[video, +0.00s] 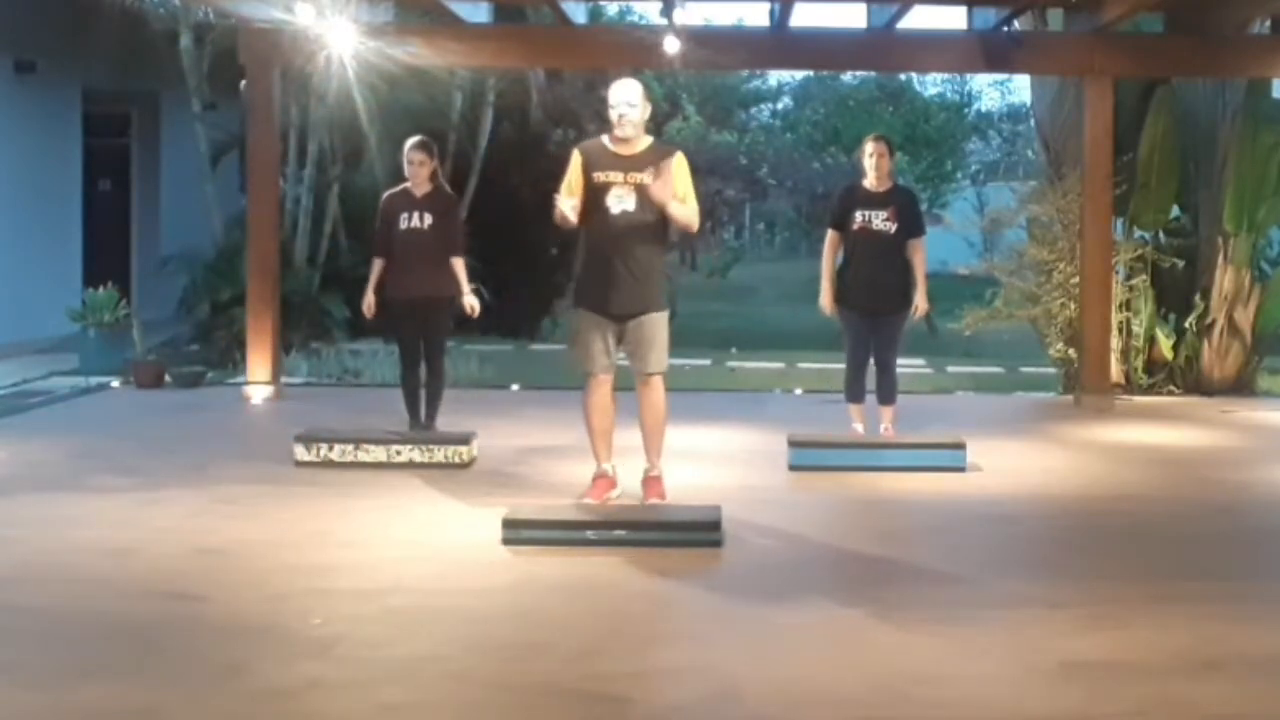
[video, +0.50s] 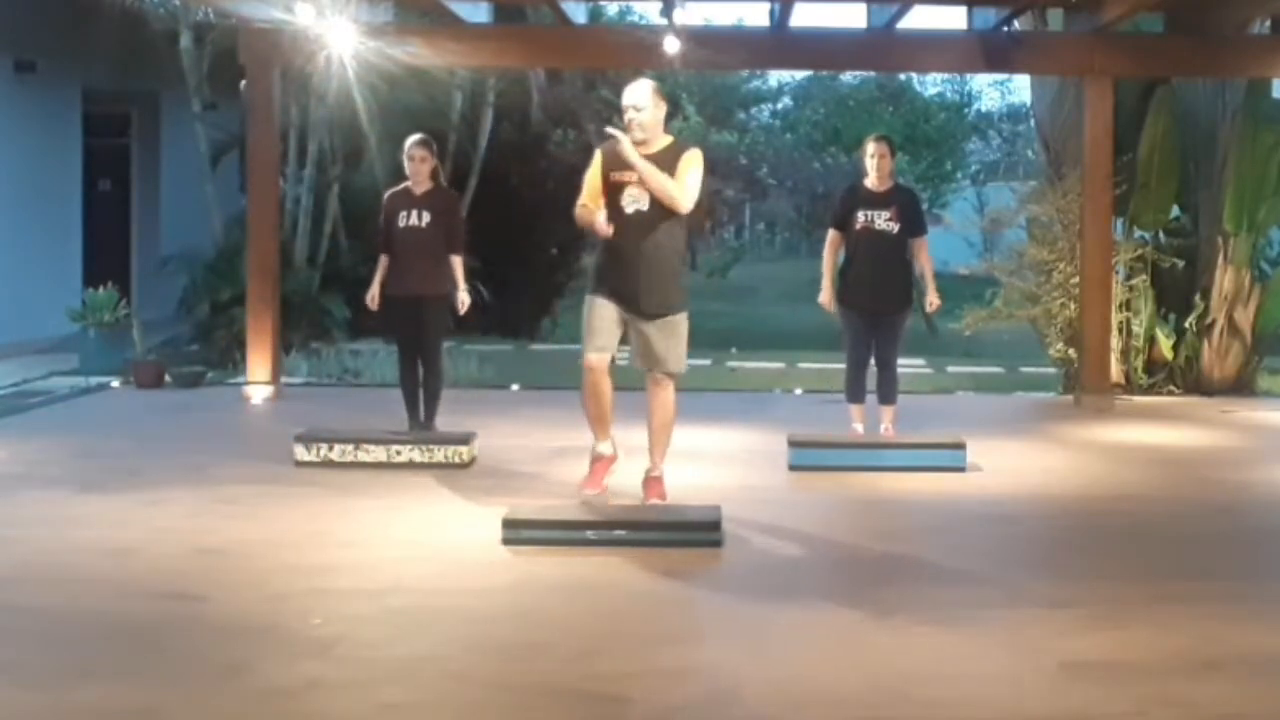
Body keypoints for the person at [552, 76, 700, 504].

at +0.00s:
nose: (623, 115)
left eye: (631, 107)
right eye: (617, 107)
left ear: (647, 111)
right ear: (607, 111)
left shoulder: (669, 159)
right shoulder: (586, 155)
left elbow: (692, 221)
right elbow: (569, 213)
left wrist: (664, 199)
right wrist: (565, 210)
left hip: (647, 289)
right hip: (594, 288)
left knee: (651, 378)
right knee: (599, 378)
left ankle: (653, 472)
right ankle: (603, 472)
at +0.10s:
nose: (623, 115)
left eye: (632, 108)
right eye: (618, 108)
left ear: (651, 112)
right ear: (611, 112)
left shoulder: (672, 160)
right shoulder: (591, 154)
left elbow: (695, 224)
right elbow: (569, 214)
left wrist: (685, 186)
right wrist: (565, 202)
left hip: (651, 289)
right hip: (600, 287)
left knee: (654, 380)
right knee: (601, 377)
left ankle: (654, 471)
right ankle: (603, 471)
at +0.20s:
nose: (626, 115)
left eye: (634, 107)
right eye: (620, 108)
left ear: (655, 110)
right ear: (614, 112)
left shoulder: (677, 158)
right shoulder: (596, 153)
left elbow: (696, 221)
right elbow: (572, 212)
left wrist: (670, 189)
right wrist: (580, 192)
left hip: (655, 288)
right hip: (603, 286)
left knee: (655, 378)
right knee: (603, 376)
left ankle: (654, 472)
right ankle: (603, 470)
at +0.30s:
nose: (625, 116)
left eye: (634, 108)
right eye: (620, 109)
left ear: (657, 110)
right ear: (616, 112)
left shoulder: (683, 158)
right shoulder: (600, 152)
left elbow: (691, 216)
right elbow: (580, 208)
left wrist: (641, 199)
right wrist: (613, 191)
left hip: (658, 289)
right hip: (605, 286)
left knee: (657, 379)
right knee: (603, 376)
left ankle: (654, 473)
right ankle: (603, 469)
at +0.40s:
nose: (628, 117)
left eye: (637, 109)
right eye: (623, 109)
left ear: (661, 112)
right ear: (618, 113)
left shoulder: (685, 157)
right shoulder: (605, 153)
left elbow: (686, 212)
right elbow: (582, 210)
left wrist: (632, 178)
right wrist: (612, 200)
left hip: (660, 288)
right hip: (608, 284)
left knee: (659, 379)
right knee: (600, 372)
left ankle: (655, 471)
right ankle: (600, 463)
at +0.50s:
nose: (631, 118)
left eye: (639, 110)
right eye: (626, 110)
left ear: (663, 113)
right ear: (621, 114)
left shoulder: (685, 156)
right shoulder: (607, 154)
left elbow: (683, 201)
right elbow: (583, 206)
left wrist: (634, 159)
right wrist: (595, 219)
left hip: (662, 289)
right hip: (610, 283)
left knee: (661, 379)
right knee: (594, 363)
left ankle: (656, 470)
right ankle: (603, 449)